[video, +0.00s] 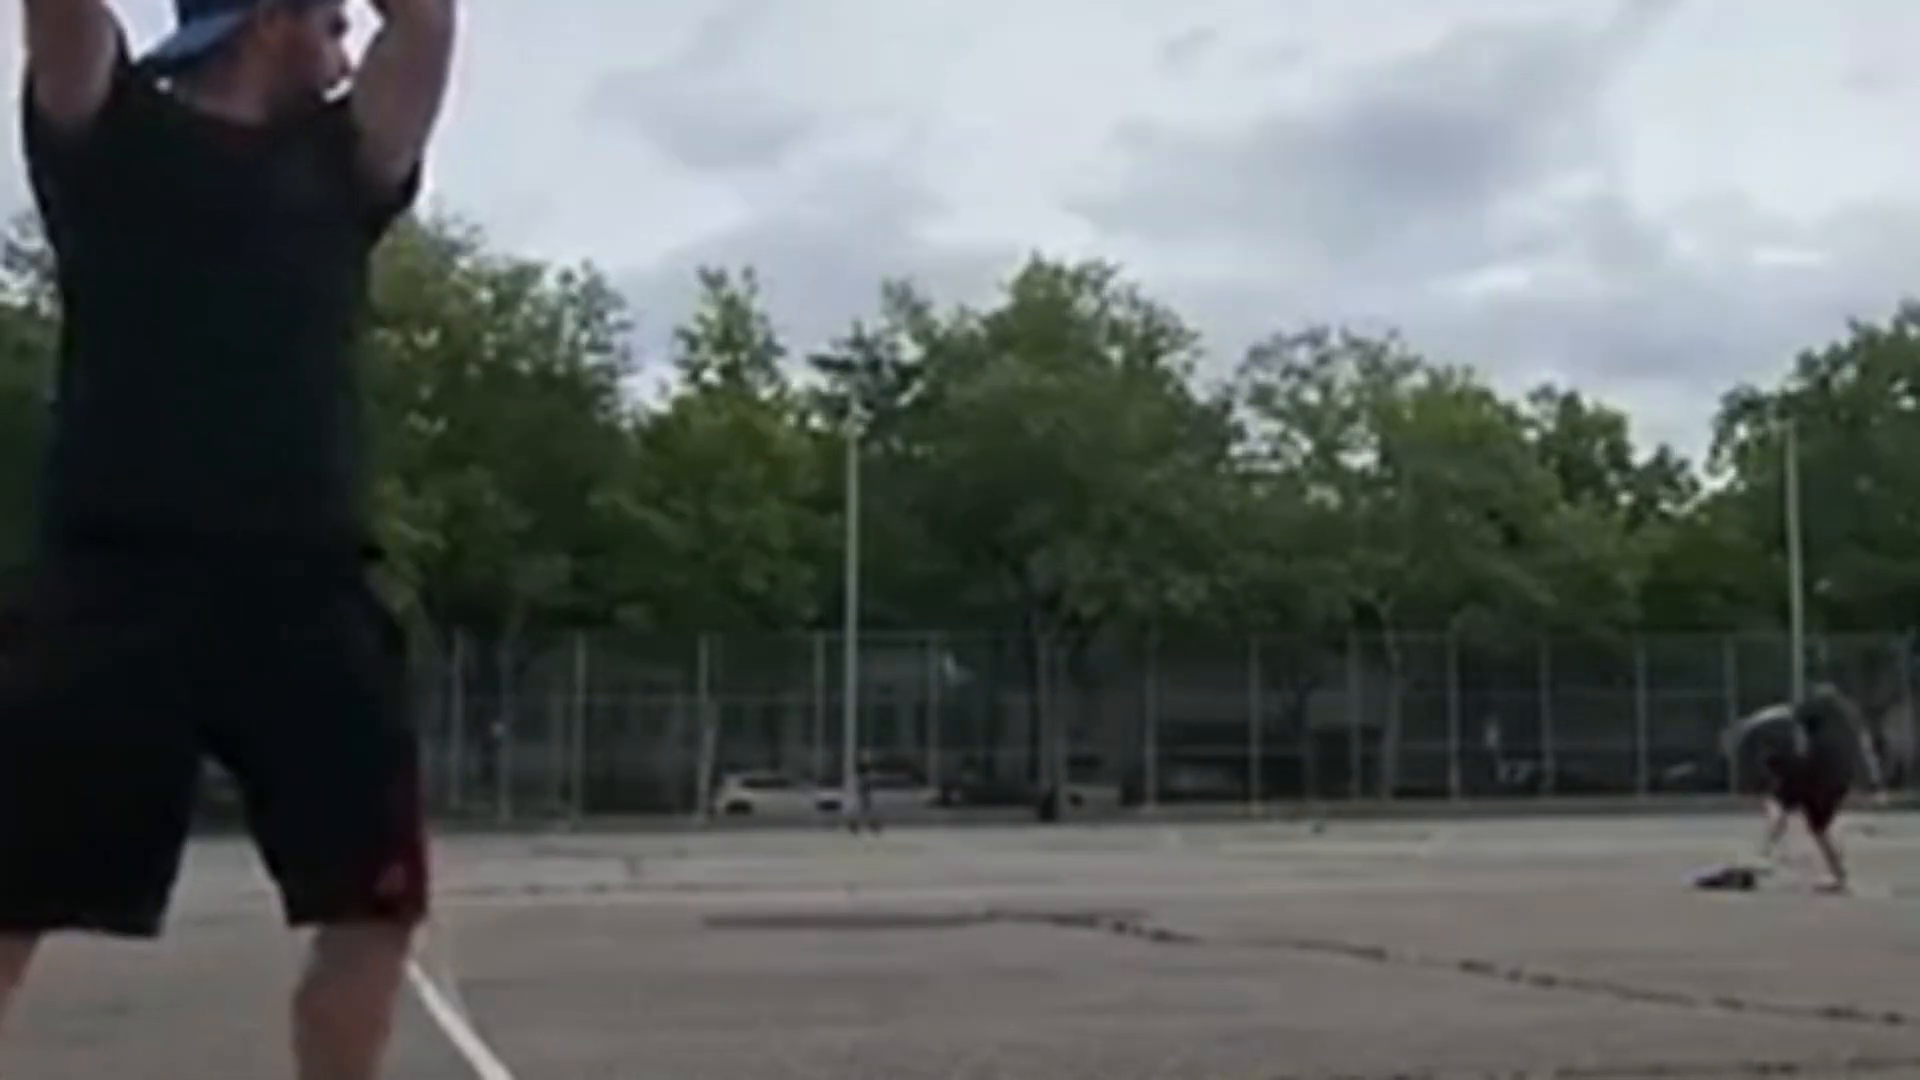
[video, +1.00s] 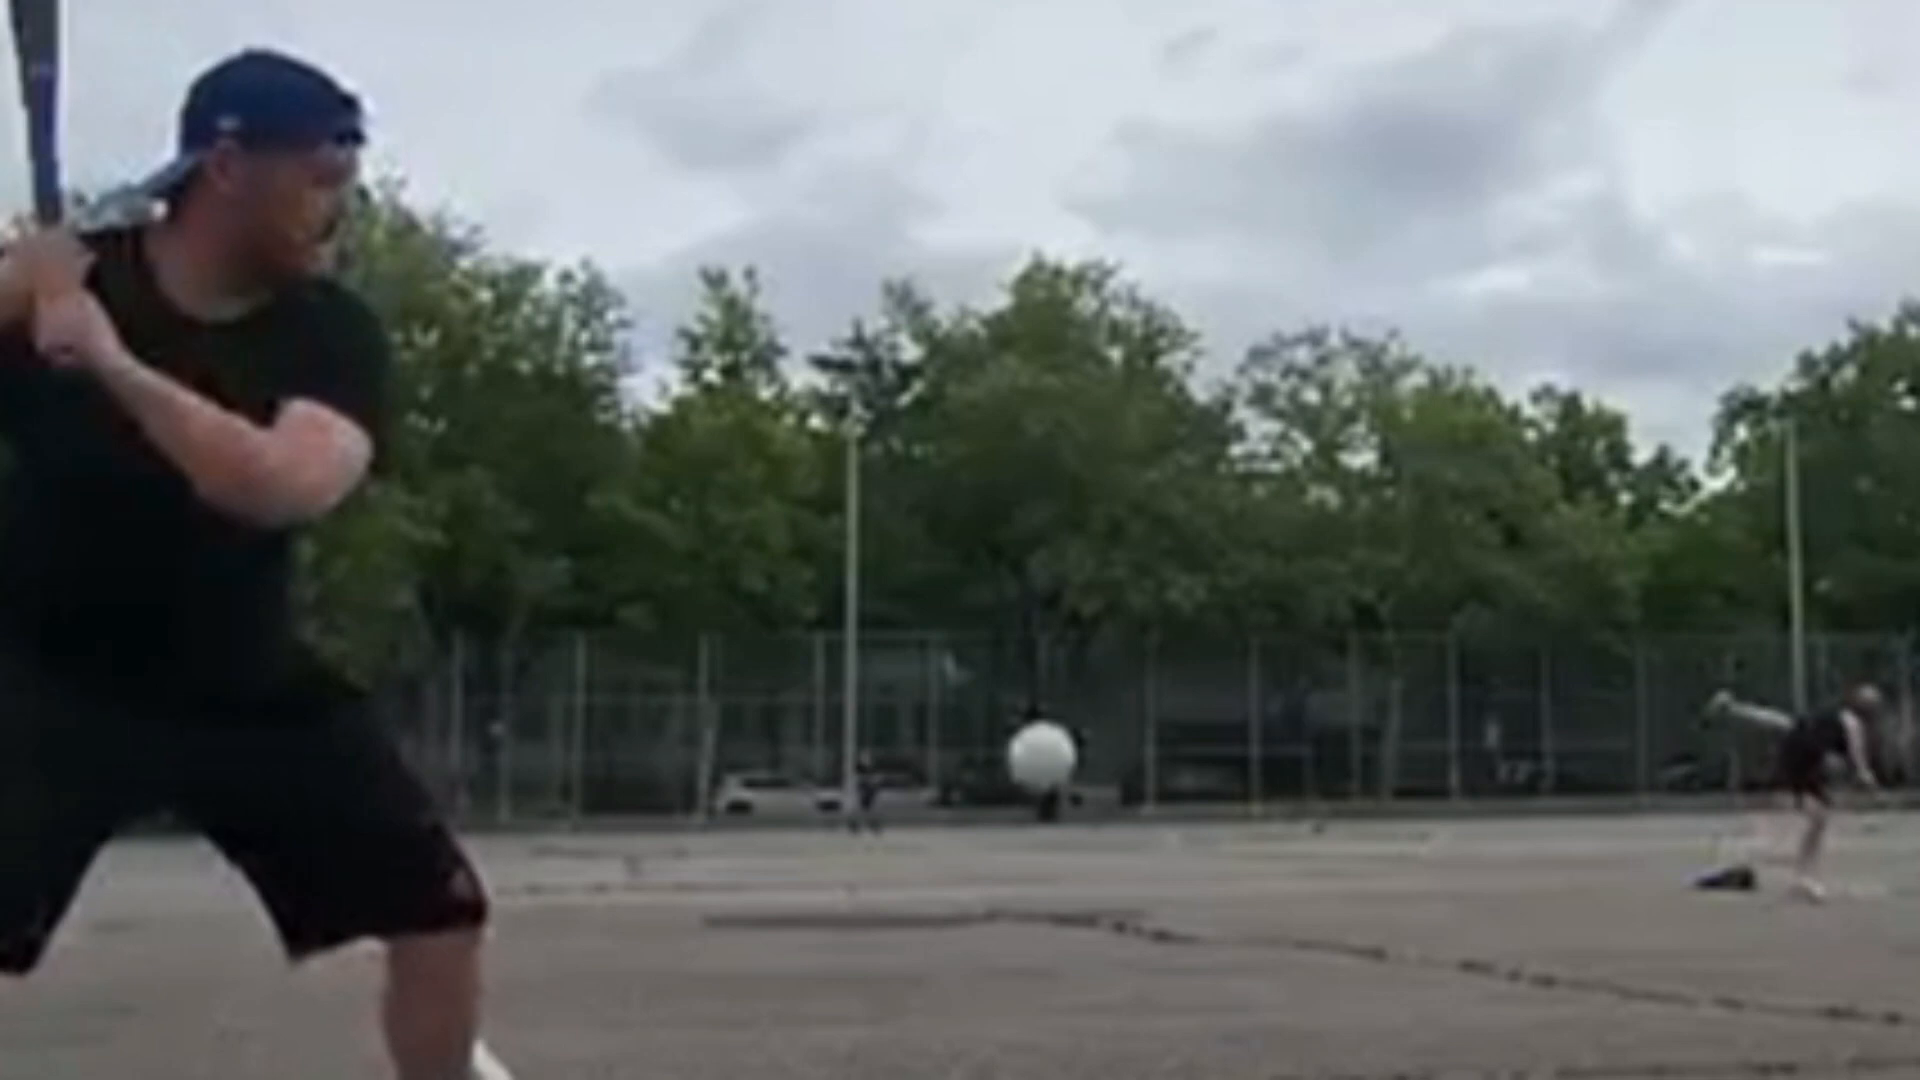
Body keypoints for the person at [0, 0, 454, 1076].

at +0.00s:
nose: (347, 47)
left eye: (346, 26)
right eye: (330, 21)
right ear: (270, 21)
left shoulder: (341, 166)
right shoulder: (104, 140)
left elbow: (426, 22)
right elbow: (58, 7)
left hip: (303, 581)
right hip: (113, 575)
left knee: (375, 906)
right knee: (18, 908)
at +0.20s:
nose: (378, 44)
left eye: (379, 24)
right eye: (357, 19)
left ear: (319, 39)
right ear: (295, 27)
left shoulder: (371, 169)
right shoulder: (143, 145)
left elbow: (436, 25)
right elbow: (99, 12)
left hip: (318, 593)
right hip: (127, 584)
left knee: (381, 914)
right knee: (10, 897)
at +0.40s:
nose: (362, 57)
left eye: (361, 34)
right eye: (345, 28)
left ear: (295, 40)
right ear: (284, 29)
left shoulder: (349, 176)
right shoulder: (112, 144)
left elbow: (431, 26)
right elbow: (45, 4)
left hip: (296, 591)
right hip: (104, 581)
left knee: (372, 915)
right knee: (13, 902)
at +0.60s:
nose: (319, 48)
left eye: (323, 27)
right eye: (305, 20)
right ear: (247, 19)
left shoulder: (305, 180)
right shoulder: (67, 122)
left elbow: (408, 52)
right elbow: (3, 21)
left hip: (233, 586)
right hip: (48, 579)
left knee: (345, 900)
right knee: (4, 895)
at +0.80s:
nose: (323, 106)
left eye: (323, 81)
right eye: (305, 77)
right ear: (224, 72)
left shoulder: (304, 238)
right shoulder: (38, 173)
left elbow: (297, 218)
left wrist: (114, 47)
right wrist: (18, 28)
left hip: (221, 624)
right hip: (42, 625)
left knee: (413, 855)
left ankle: (441, 1060)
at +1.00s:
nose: (339, 212)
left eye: (344, 187)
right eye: (319, 182)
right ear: (224, 166)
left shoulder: (335, 332)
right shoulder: (61, 286)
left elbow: (293, 483)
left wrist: (113, 369)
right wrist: (12, 292)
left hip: (245, 683)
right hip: (59, 689)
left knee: (439, 913)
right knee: (5, 937)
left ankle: (445, 1070)